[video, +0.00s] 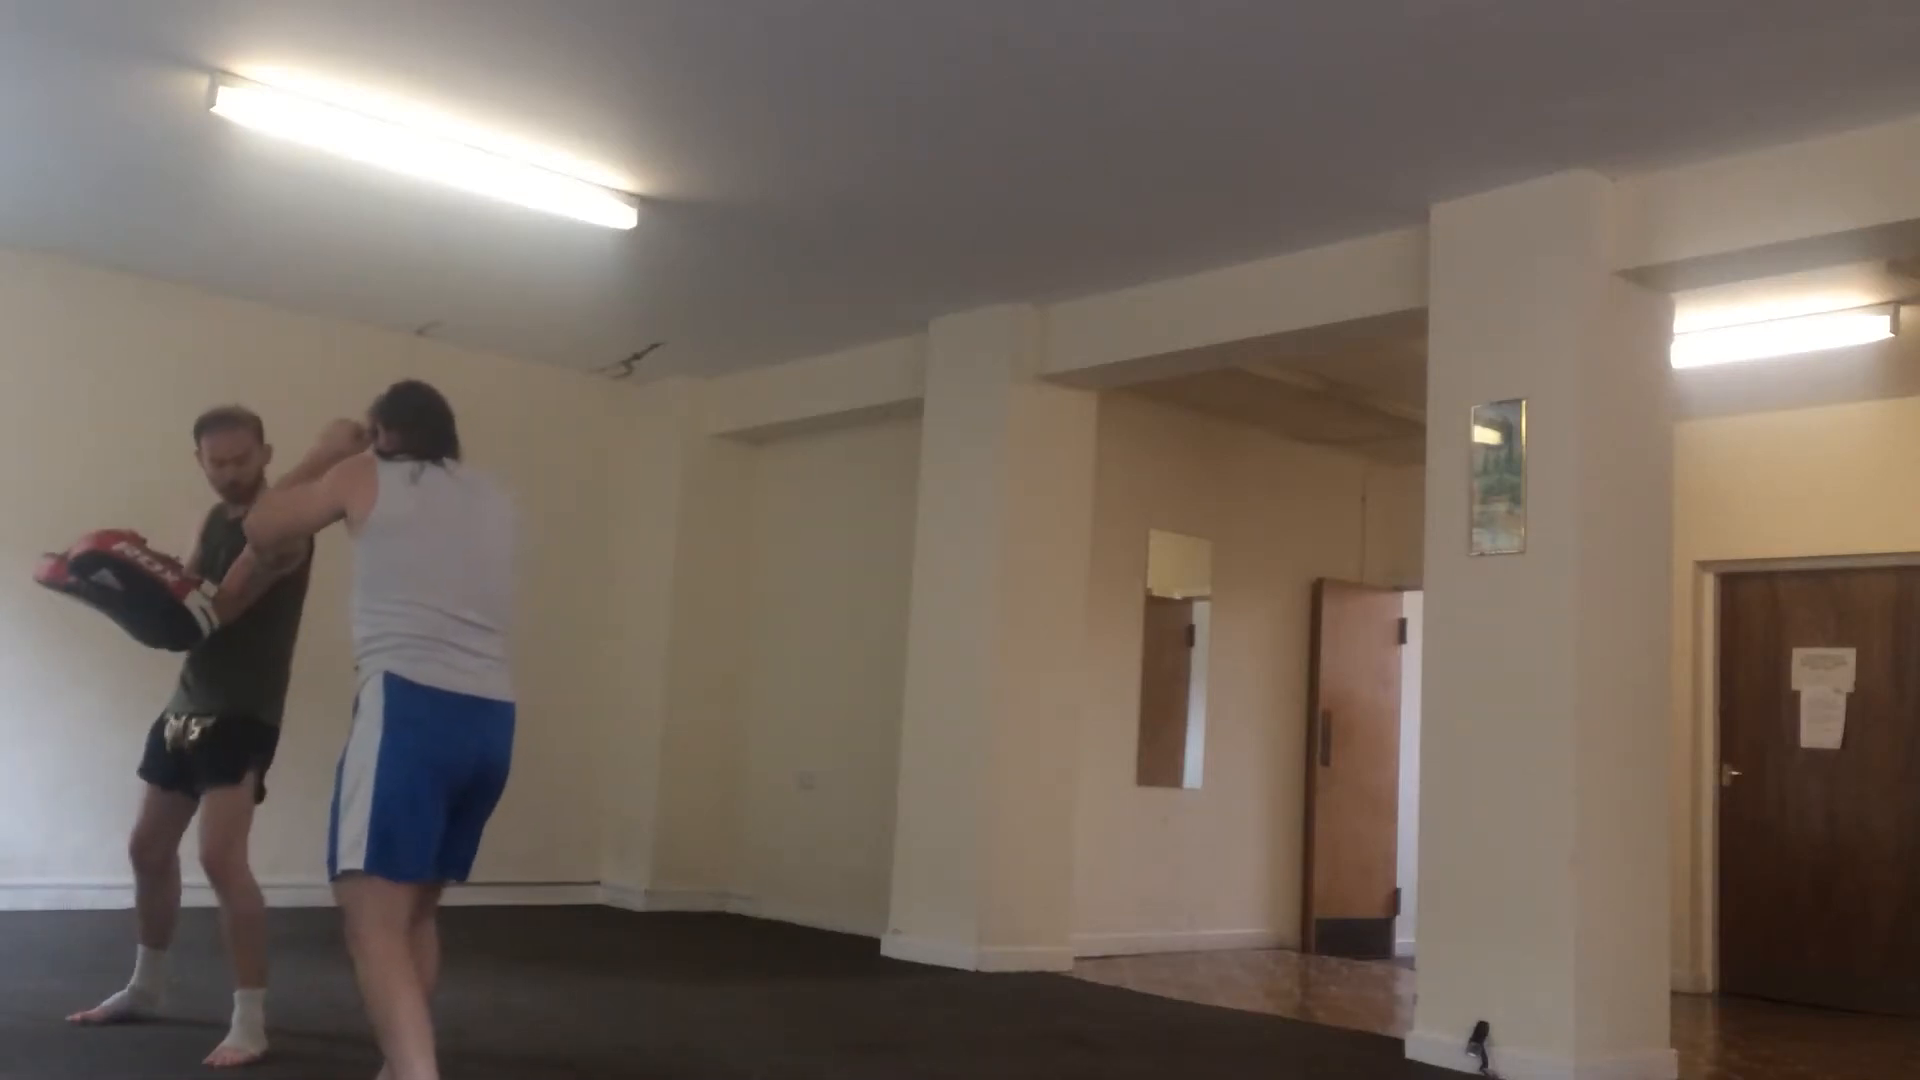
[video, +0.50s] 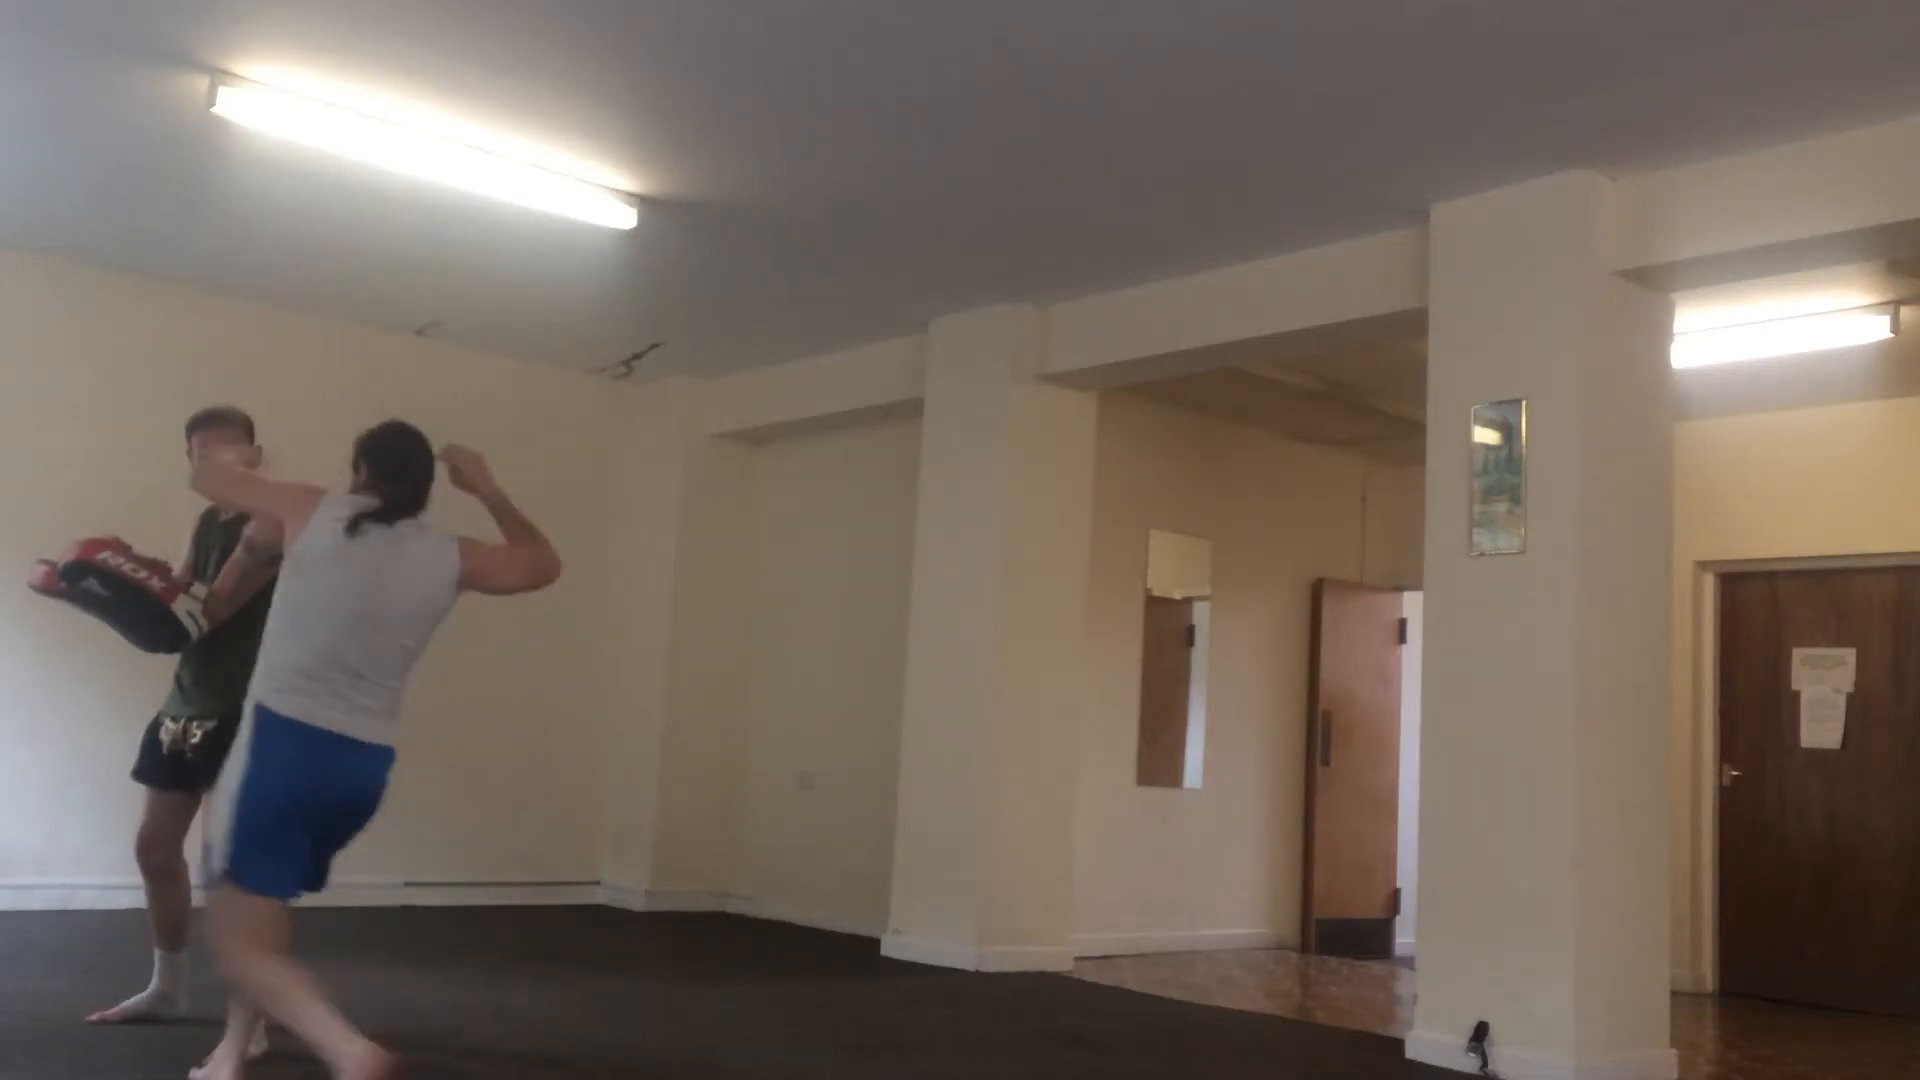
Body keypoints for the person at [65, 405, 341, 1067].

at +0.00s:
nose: (228, 476)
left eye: (239, 461)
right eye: (216, 465)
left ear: (265, 454)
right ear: (202, 465)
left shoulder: (286, 526)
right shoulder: (216, 523)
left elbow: (224, 607)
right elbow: (188, 598)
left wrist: (165, 579)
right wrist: (139, 572)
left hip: (243, 713)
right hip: (190, 704)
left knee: (223, 858)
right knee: (149, 849)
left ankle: (249, 1025)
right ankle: (145, 989)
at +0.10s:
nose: (230, 475)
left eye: (242, 461)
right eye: (218, 464)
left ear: (268, 454)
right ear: (204, 462)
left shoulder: (284, 526)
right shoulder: (216, 522)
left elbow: (220, 613)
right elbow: (196, 598)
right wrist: (157, 570)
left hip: (246, 710)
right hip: (193, 703)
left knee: (224, 857)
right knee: (157, 848)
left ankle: (249, 1025)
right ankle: (164, 988)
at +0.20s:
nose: (229, 477)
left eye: (241, 463)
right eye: (217, 466)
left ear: (267, 456)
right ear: (203, 464)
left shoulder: (286, 528)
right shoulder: (215, 523)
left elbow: (222, 608)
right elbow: (186, 599)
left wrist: (162, 576)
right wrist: (135, 571)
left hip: (244, 713)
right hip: (189, 706)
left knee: (223, 857)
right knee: (164, 852)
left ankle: (249, 1025)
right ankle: (165, 991)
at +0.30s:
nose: (228, 473)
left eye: (240, 459)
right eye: (216, 463)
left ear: (265, 455)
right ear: (202, 464)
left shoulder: (286, 526)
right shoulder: (213, 523)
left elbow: (219, 612)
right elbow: (189, 604)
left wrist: (158, 578)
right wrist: (133, 578)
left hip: (244, 713)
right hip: (188, 707)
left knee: (226, 856)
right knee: (163, 849)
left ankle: (248, 1024)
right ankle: (165, 990)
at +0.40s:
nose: (224, 472)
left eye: (234, 459)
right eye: (212, 463)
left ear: (260, 453)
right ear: (198, 463)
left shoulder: (277, 525)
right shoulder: (212, 522)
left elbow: (222, 608)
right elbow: (190, 598)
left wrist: (160, 580)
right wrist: (141, 578)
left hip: (241, 715)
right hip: (186, 709)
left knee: (226, 857)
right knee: (158, 848)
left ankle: (252, 1011)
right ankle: (167, 988)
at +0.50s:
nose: (213, 461)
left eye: (225, 448)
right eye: (202, 452)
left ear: (255, 453)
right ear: (191, 461)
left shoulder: (274, 530)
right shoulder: (209, 527)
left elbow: (213, 613)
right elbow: (185, 602)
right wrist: (134, 576)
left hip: (244, 713)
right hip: (189, 706)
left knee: (231, 860)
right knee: (157, 848)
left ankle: (255, 1009)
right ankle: (167, 988)